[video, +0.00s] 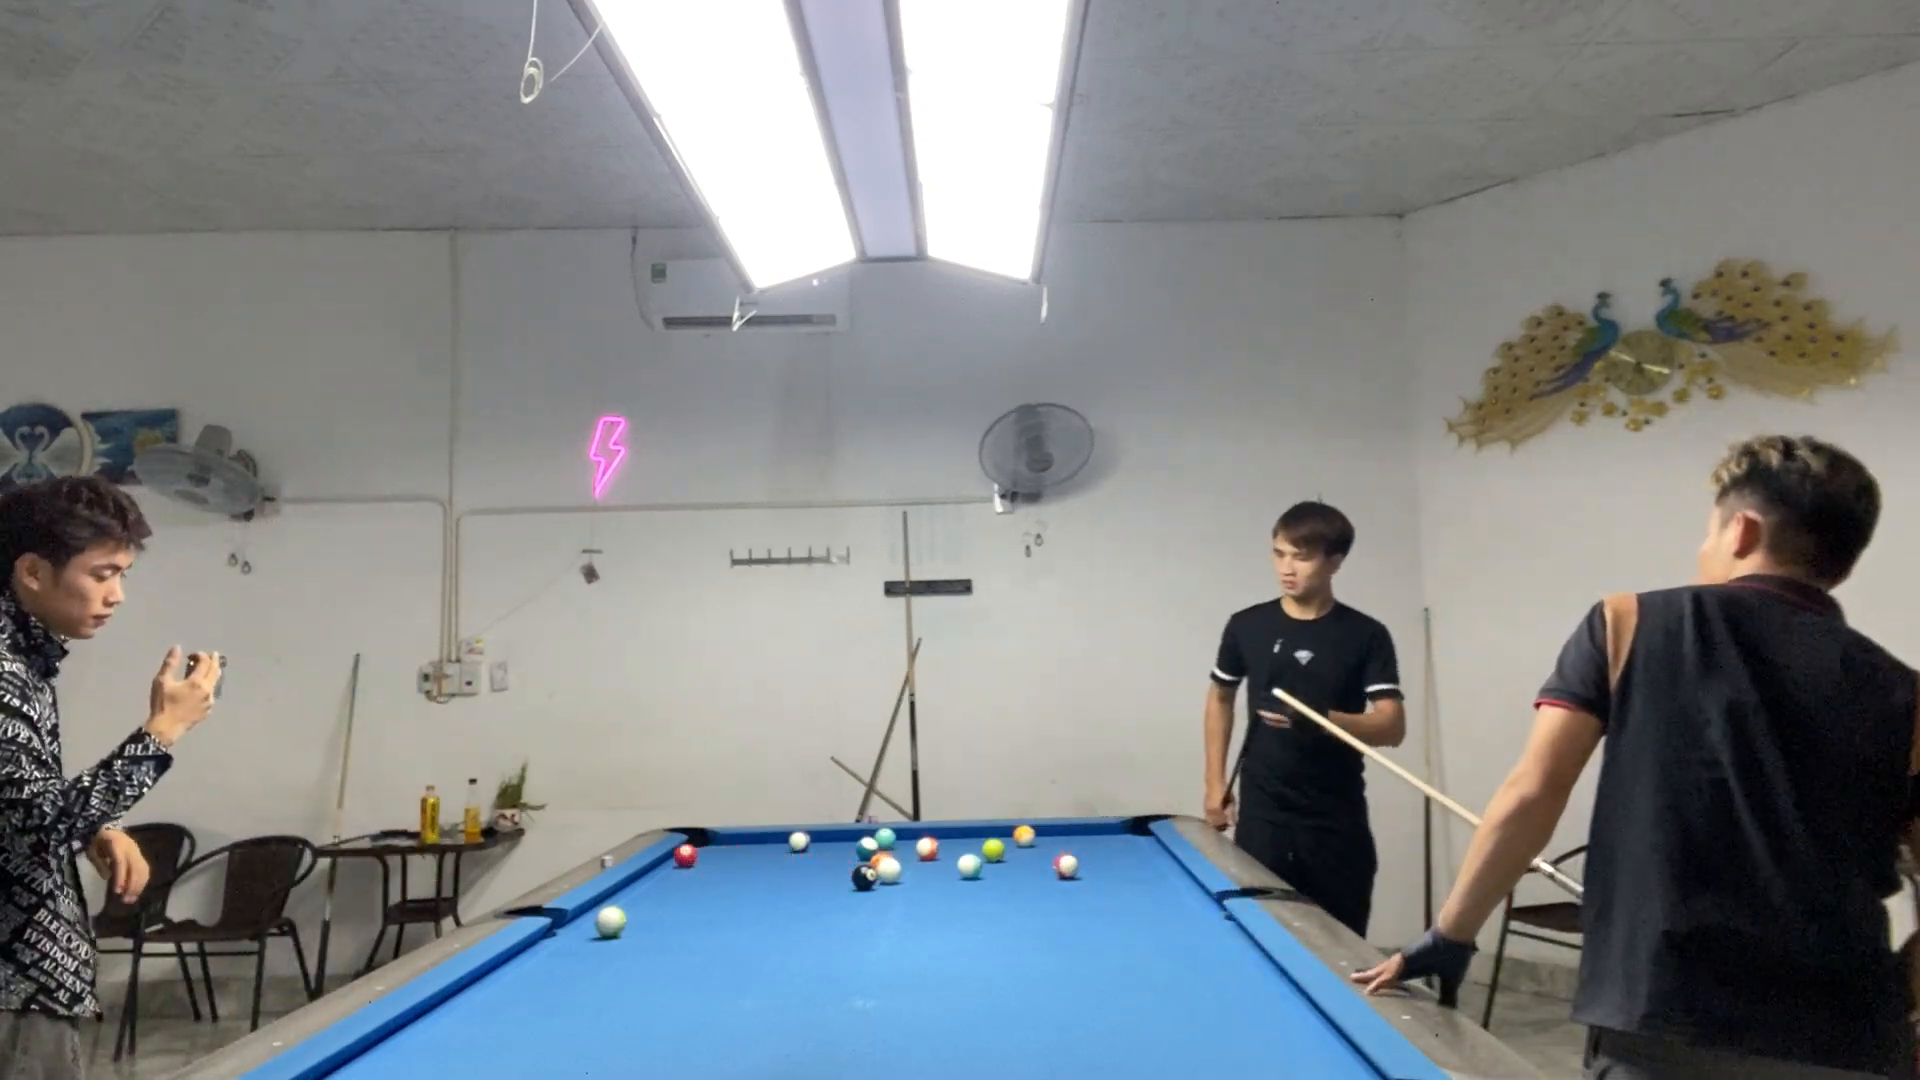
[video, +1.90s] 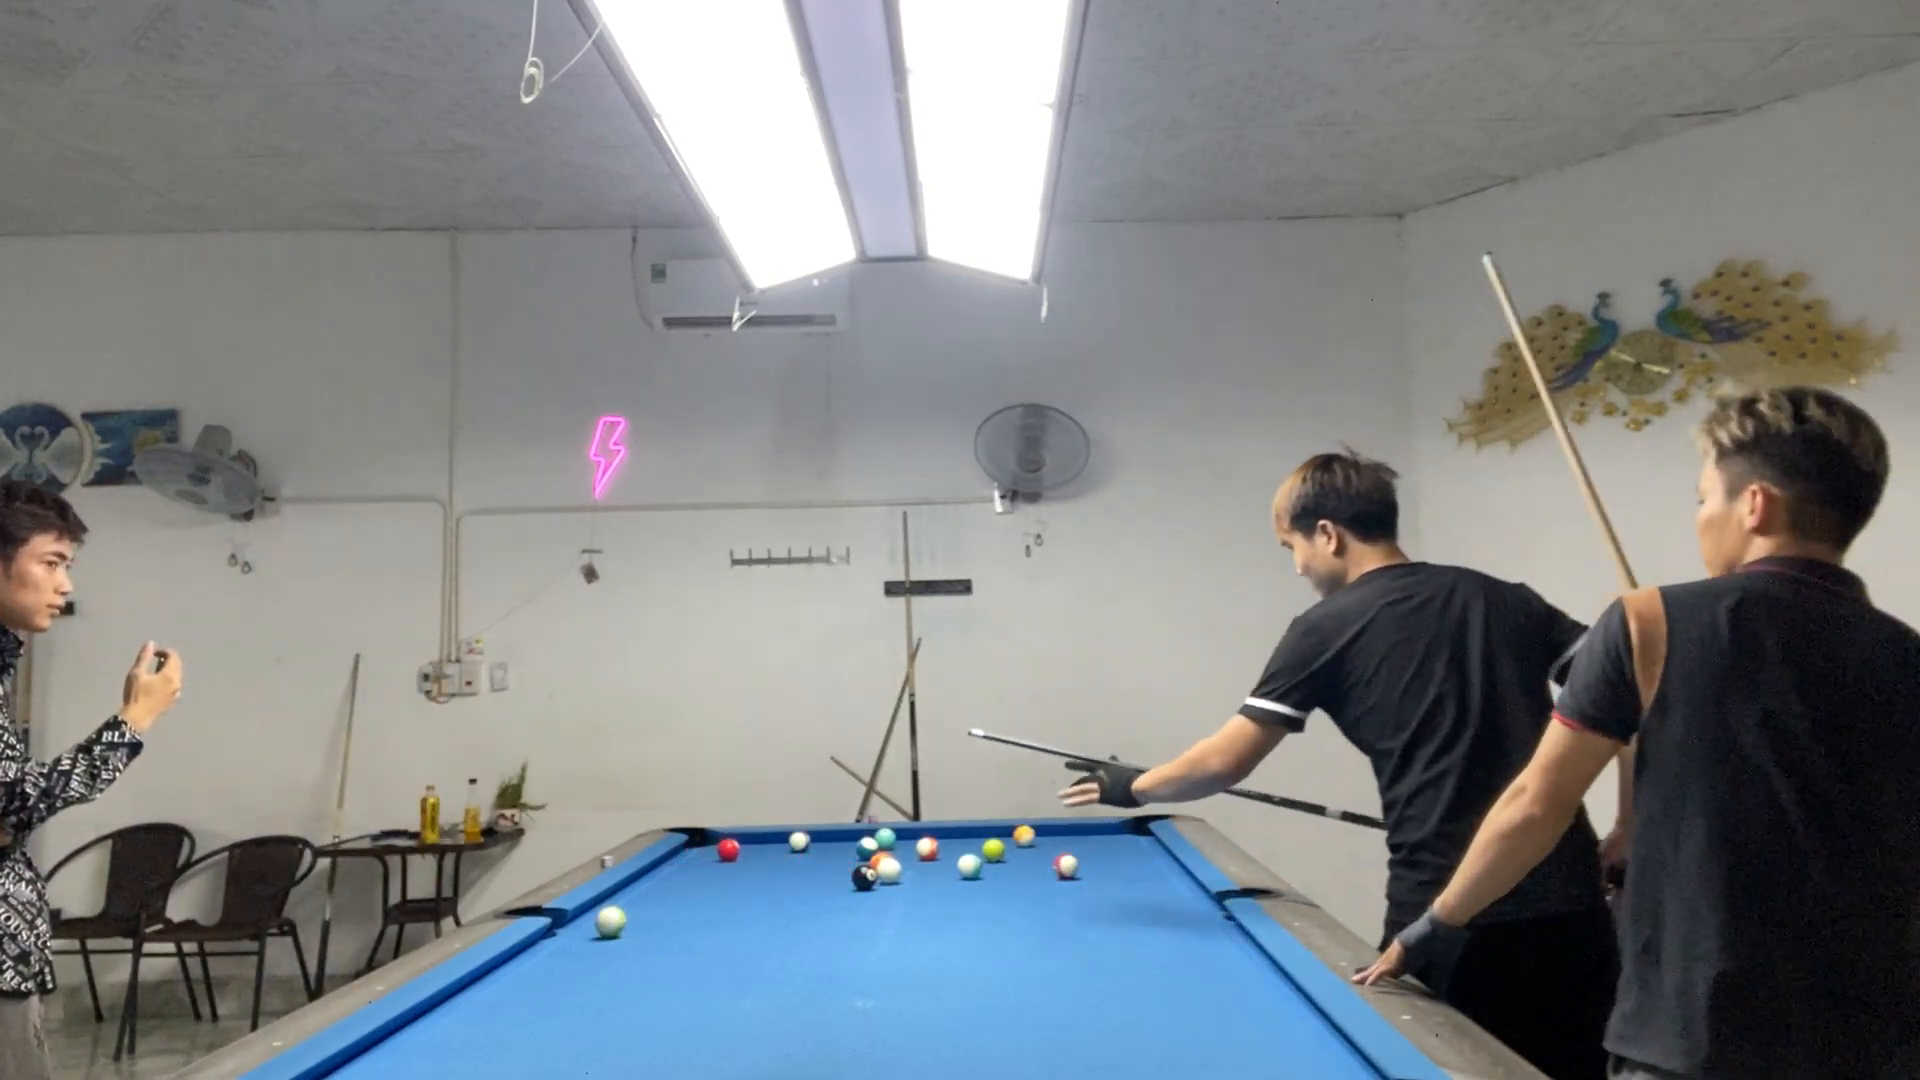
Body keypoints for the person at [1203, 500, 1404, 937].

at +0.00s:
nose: (1287, 568)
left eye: (1301, 557)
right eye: (1280, 555)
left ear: (1334, 562)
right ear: (1272, 555)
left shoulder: (1366, 636)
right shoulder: (1247, 627)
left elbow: (1391, 727)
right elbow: (1220, 698)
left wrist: (1320, 719)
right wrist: (1215, 783)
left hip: (1337, 823)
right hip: (1263, 820)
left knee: (1337, 954)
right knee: (1259, 946)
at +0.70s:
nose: (1271, 552)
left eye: (1282, 537)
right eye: (1267, 540)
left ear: (1329, 535)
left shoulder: (1383, 610)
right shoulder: (1286, 623)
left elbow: (1395, 722)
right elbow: (1305, 734)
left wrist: (1296, 679)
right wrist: (1295, 810)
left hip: (1386, 840)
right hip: (1315, 838)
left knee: (1384, 994)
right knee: (1317, 987)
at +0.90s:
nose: (1261, 564)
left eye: (1268, 548)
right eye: (1257, 550)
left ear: (1314, 543)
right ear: (1310, 546)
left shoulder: (1365, 616)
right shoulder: (1318, 621)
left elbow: (1338, 728)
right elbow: (1326, 724)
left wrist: (1250, 658)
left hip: (1385, 860)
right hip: (1335, 852)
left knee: (1373, 1017)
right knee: (1325, 1004)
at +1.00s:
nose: (1258, 565)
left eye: (1262, 547)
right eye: (1254, 550)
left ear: (1305, 540)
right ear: (1305, 541)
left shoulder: (1353, 612)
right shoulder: (1336, 612)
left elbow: (1302, 728)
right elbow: (1316, 749)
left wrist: (1205, 660)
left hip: (1391, 865)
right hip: (1364, 858)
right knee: (1342, 1018)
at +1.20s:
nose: (1248, 551)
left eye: (1248, 533)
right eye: (1242, 536)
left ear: (1290, 523)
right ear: (1312, 522)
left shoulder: (1317, 611)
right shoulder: (1394, 591)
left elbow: (1258, 736)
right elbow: (1483, 678)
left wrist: (1145, 679)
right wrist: (1517, 786)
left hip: (1402, 854)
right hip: (1450, 837)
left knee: (1394, 1029)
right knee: (1438, 1024)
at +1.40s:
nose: (1260, 547)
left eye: (1259, 530)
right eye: (1254, 531)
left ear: (1300, 521)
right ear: (1323, 515)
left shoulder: (1310, 619)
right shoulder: (1437, 586)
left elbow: (1246, 750)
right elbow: (1541, 666)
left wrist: (1138, 701)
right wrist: (1567, 786)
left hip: (1398, 881)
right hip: (1493, 867)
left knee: (1406, 1055)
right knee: (1528, 1054)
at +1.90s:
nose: (1297, 568)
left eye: (1293, 547)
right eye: (1288, 551)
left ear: (1330, 534)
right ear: (1381, 523)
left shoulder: (1326, 629)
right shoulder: (1504, 598)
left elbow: (1224, 762)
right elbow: (1621, 690)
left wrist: (1134, 788)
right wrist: (1628, 829)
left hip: (1441, 924)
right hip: (1566, 910)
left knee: (1446, 1069)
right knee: (1575, 1069)